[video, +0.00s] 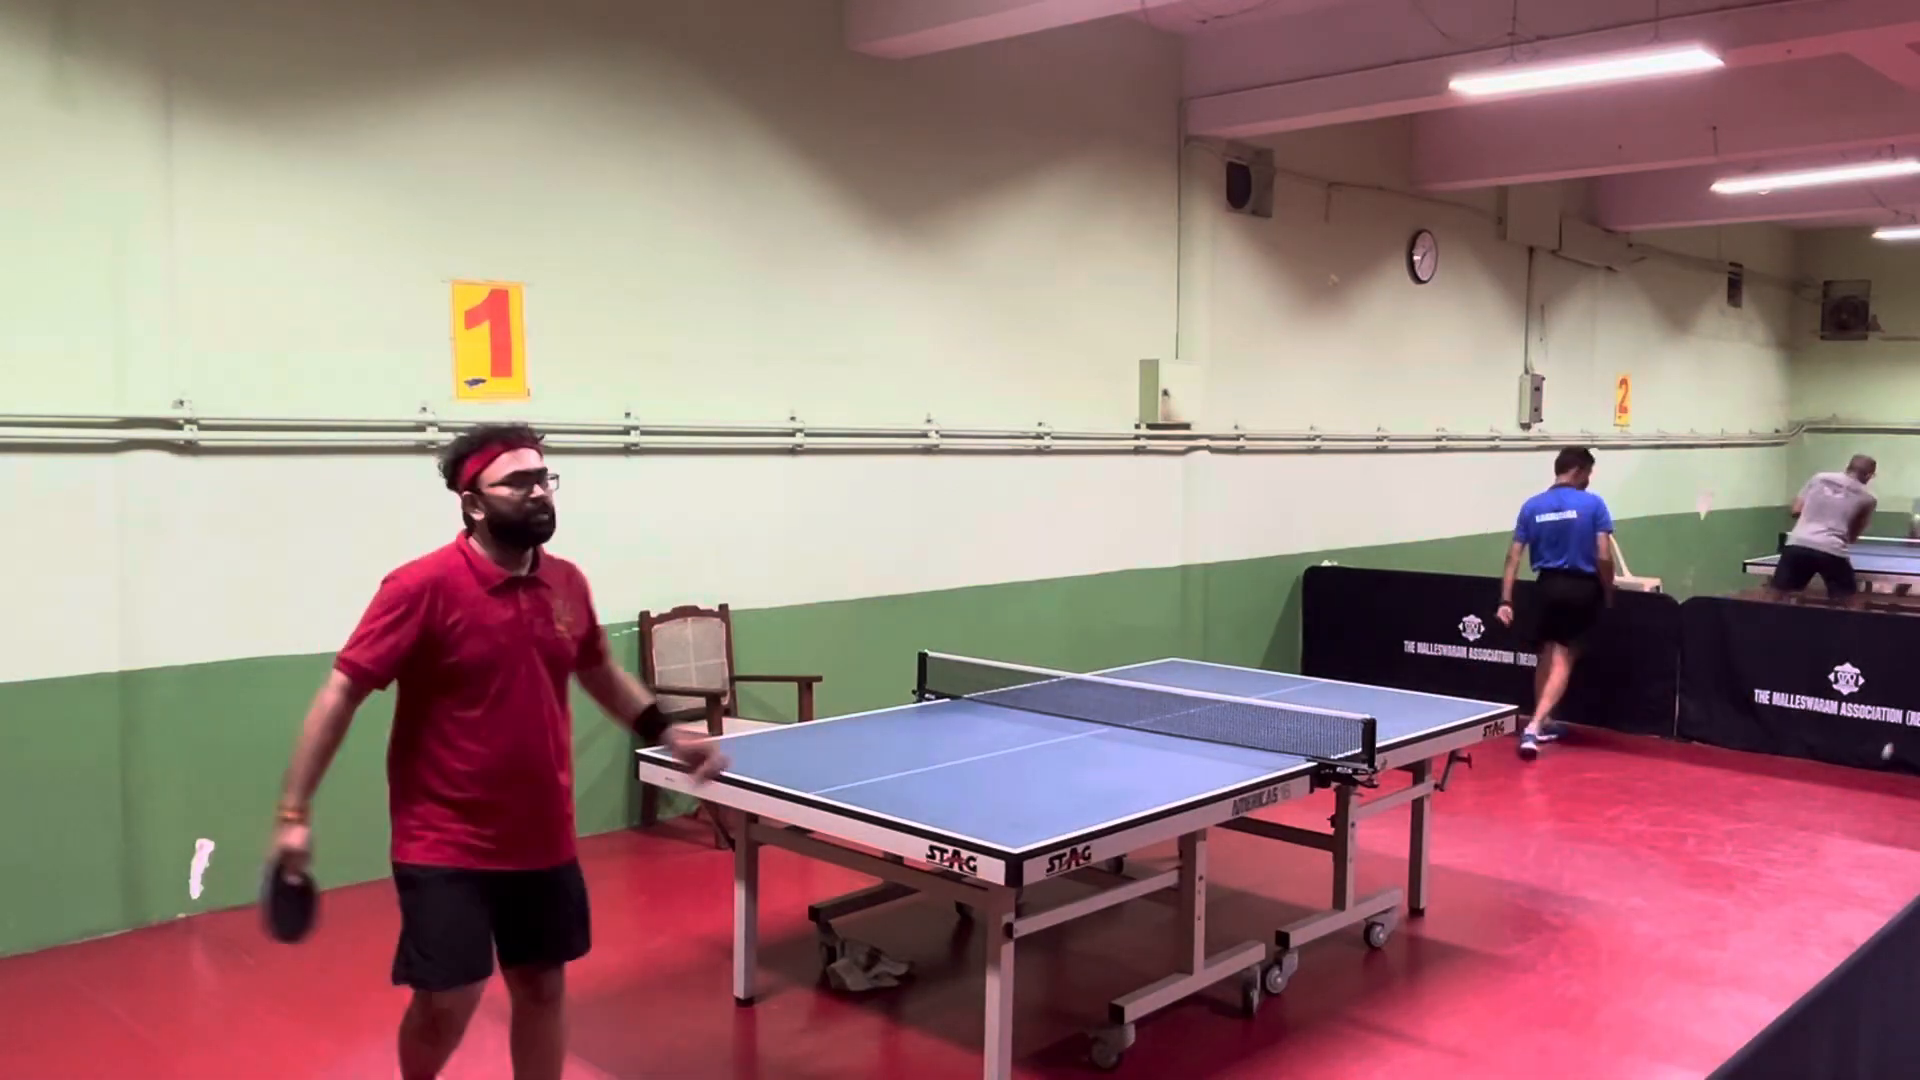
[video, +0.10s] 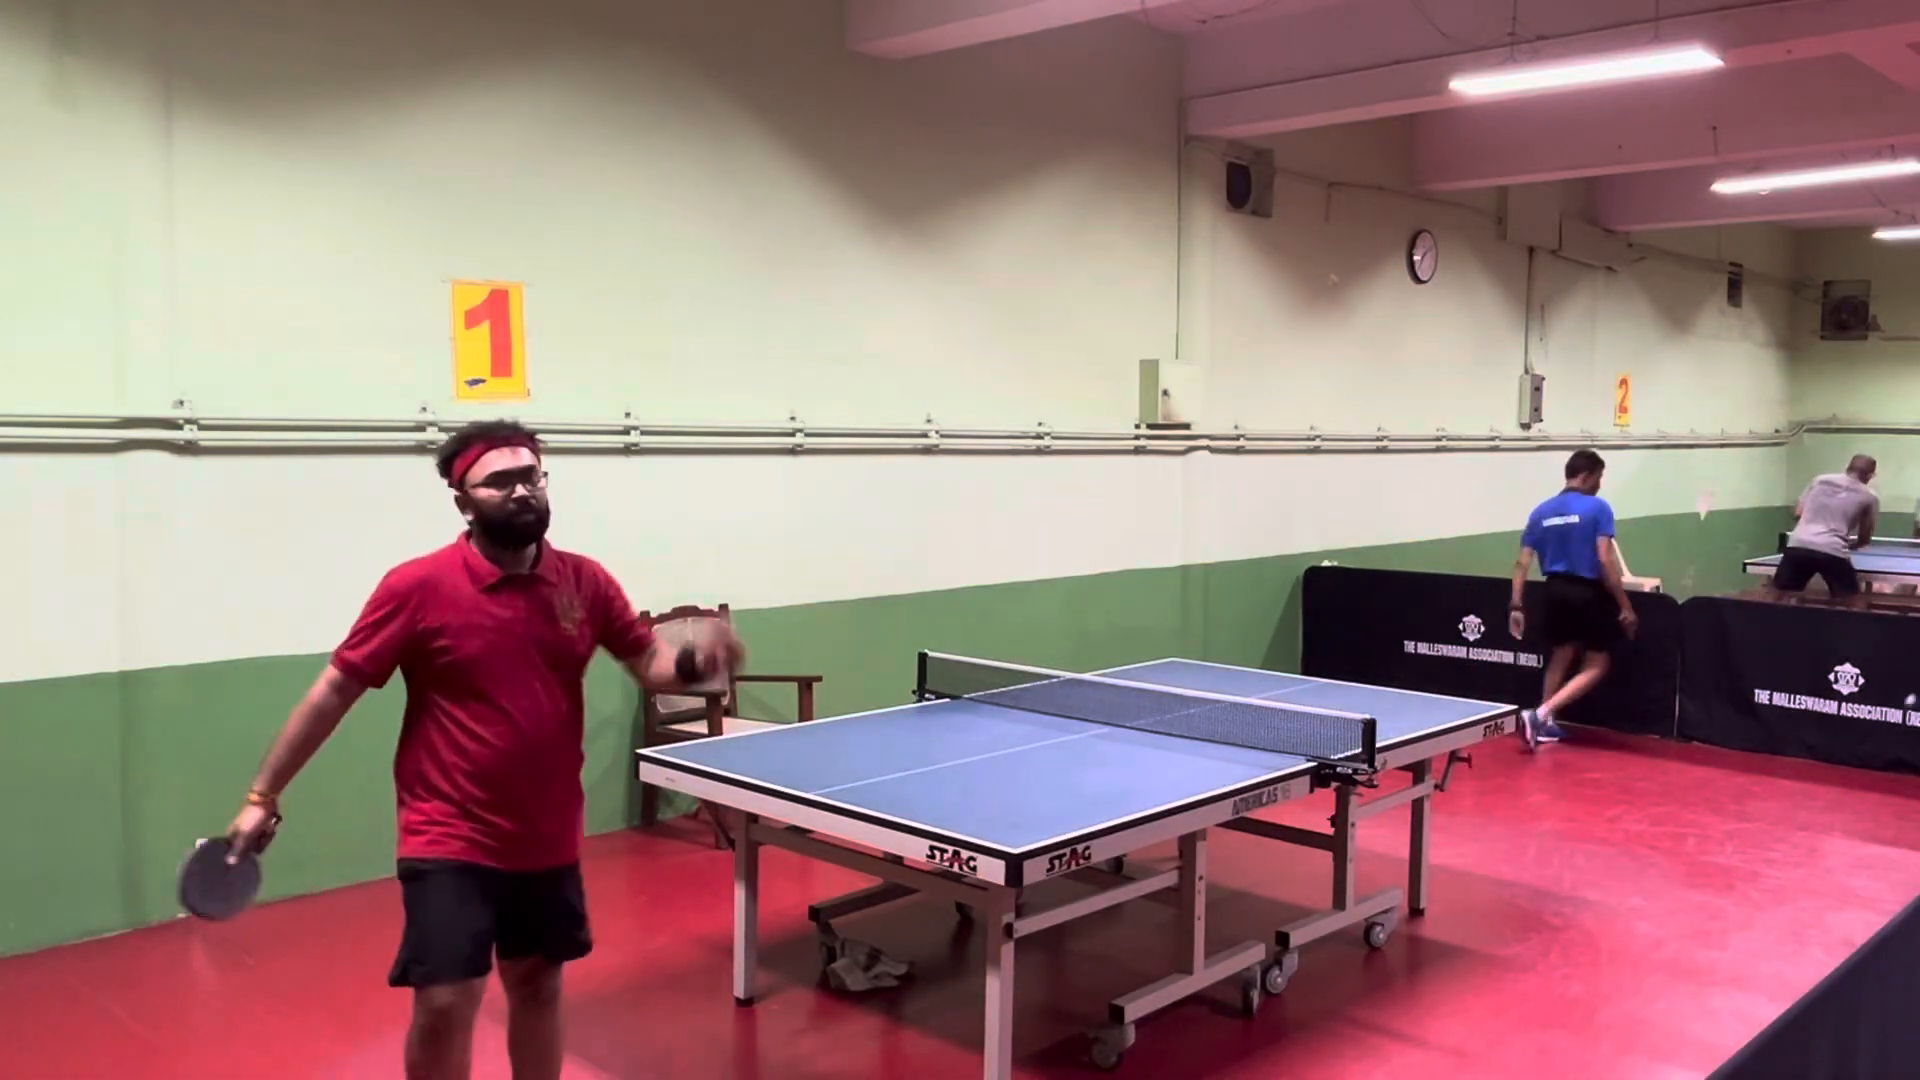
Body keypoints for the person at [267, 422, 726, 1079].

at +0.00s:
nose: (541, 490)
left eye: (545, 478)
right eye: (520, 481)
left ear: (552, 486)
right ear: (472, 503)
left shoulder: (564, 583)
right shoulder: (420, 589)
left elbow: (600, 671)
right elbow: (340, 694)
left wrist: (665, 732)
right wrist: (293, 815)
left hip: (539, 834)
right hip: (444, 839)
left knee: (542, 988)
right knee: (451, 996)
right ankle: (415, 1076)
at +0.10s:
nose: (523, 491)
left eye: (532, 476)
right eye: (501, 481)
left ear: (547, 485)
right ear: (461, 499)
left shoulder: (584, 583)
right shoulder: (417, 589)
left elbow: (651, 659)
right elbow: (332, 693)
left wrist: (693, 656)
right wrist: (261, 797)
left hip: (545, 832)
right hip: (448, 832)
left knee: (539, 987)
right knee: (446, 1004)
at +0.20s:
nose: (505, 496)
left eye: (517, 480)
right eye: (483, 488)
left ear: (538, 490)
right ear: (454, 509)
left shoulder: (593, 585)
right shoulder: (413, 598)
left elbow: (679, 651)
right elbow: (337, 698)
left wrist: (677, 578)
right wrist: (263, 798)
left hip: (550, 845)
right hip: (446, 851)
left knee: (541, 1002)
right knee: (457, 1031)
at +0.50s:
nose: (430, 511)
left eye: (448, 494)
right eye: (410, 502)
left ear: (489, 505)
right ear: (394, 526)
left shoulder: (543, 600)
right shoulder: (381, 625)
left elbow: (615, 687)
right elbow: (366, 749)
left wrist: (591, 626)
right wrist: (341, 866)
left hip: (530, 901)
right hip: (410, 911)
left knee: (554, 1068)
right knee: (439, 1070)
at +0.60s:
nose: (385, 519)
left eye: (403, 499)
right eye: (372, 512)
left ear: (459, 506)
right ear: (365, 531)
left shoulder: (531, 607)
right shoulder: (370, 625)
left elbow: (597, 706)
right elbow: (363, 752)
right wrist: (336, 873)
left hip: (500, 910)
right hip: (387, 913)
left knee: (492, 1068)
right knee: (382, 1069)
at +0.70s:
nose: (335, 532)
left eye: (352, 507)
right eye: (330, 520)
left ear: (420, 504)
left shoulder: (505, 611)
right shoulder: (362, 619)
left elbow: (576, 743)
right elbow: (359, 747)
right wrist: (318, 867)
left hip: (471, 910)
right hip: (374, 910)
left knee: (427, 1067)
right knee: (394, 1059)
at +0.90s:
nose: (272, 562)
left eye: (283, 537)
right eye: (269, 542)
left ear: (348, 528)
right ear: (346, 531)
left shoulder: (456, 635)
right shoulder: (325, 630)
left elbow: (543, 770)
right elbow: (321, 768)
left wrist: (515, 902)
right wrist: (265, 855)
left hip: (410, 958)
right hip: (326, 953)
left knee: (390, 1071)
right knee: (341, 1070)